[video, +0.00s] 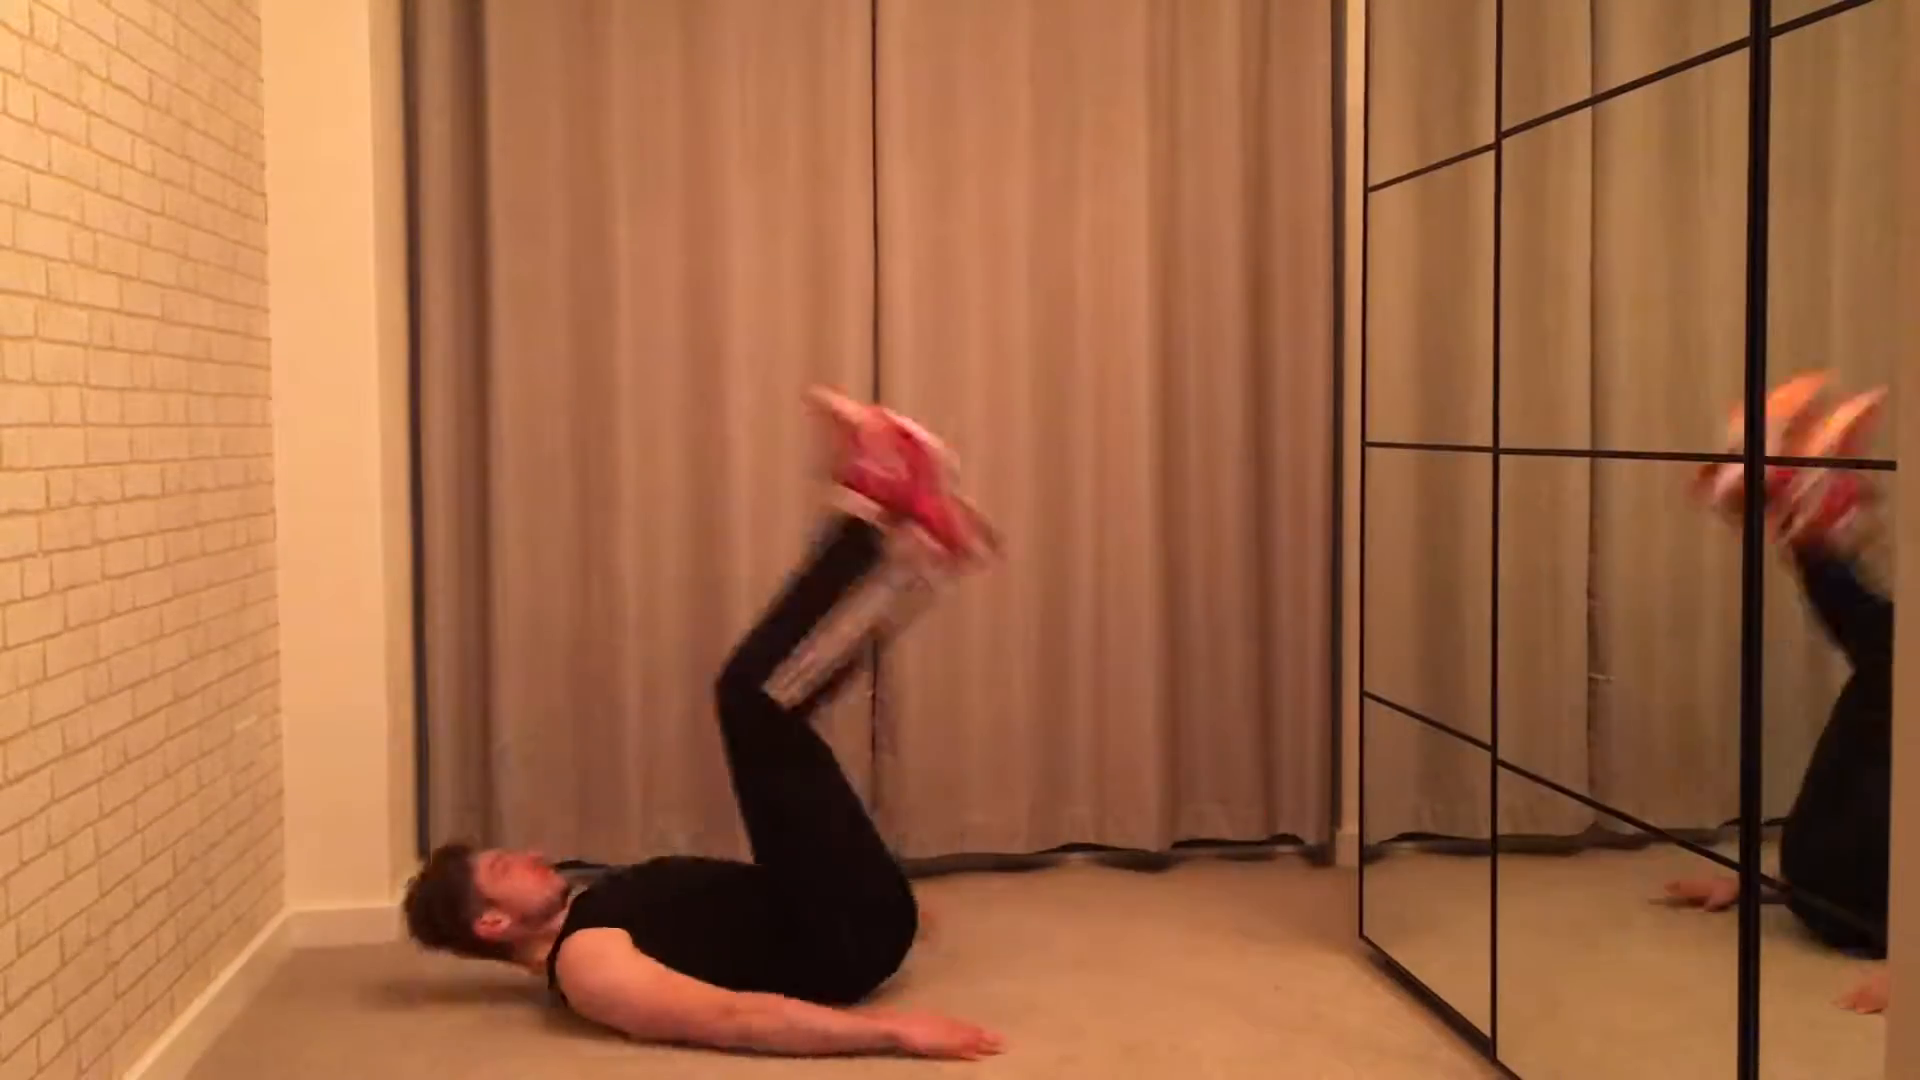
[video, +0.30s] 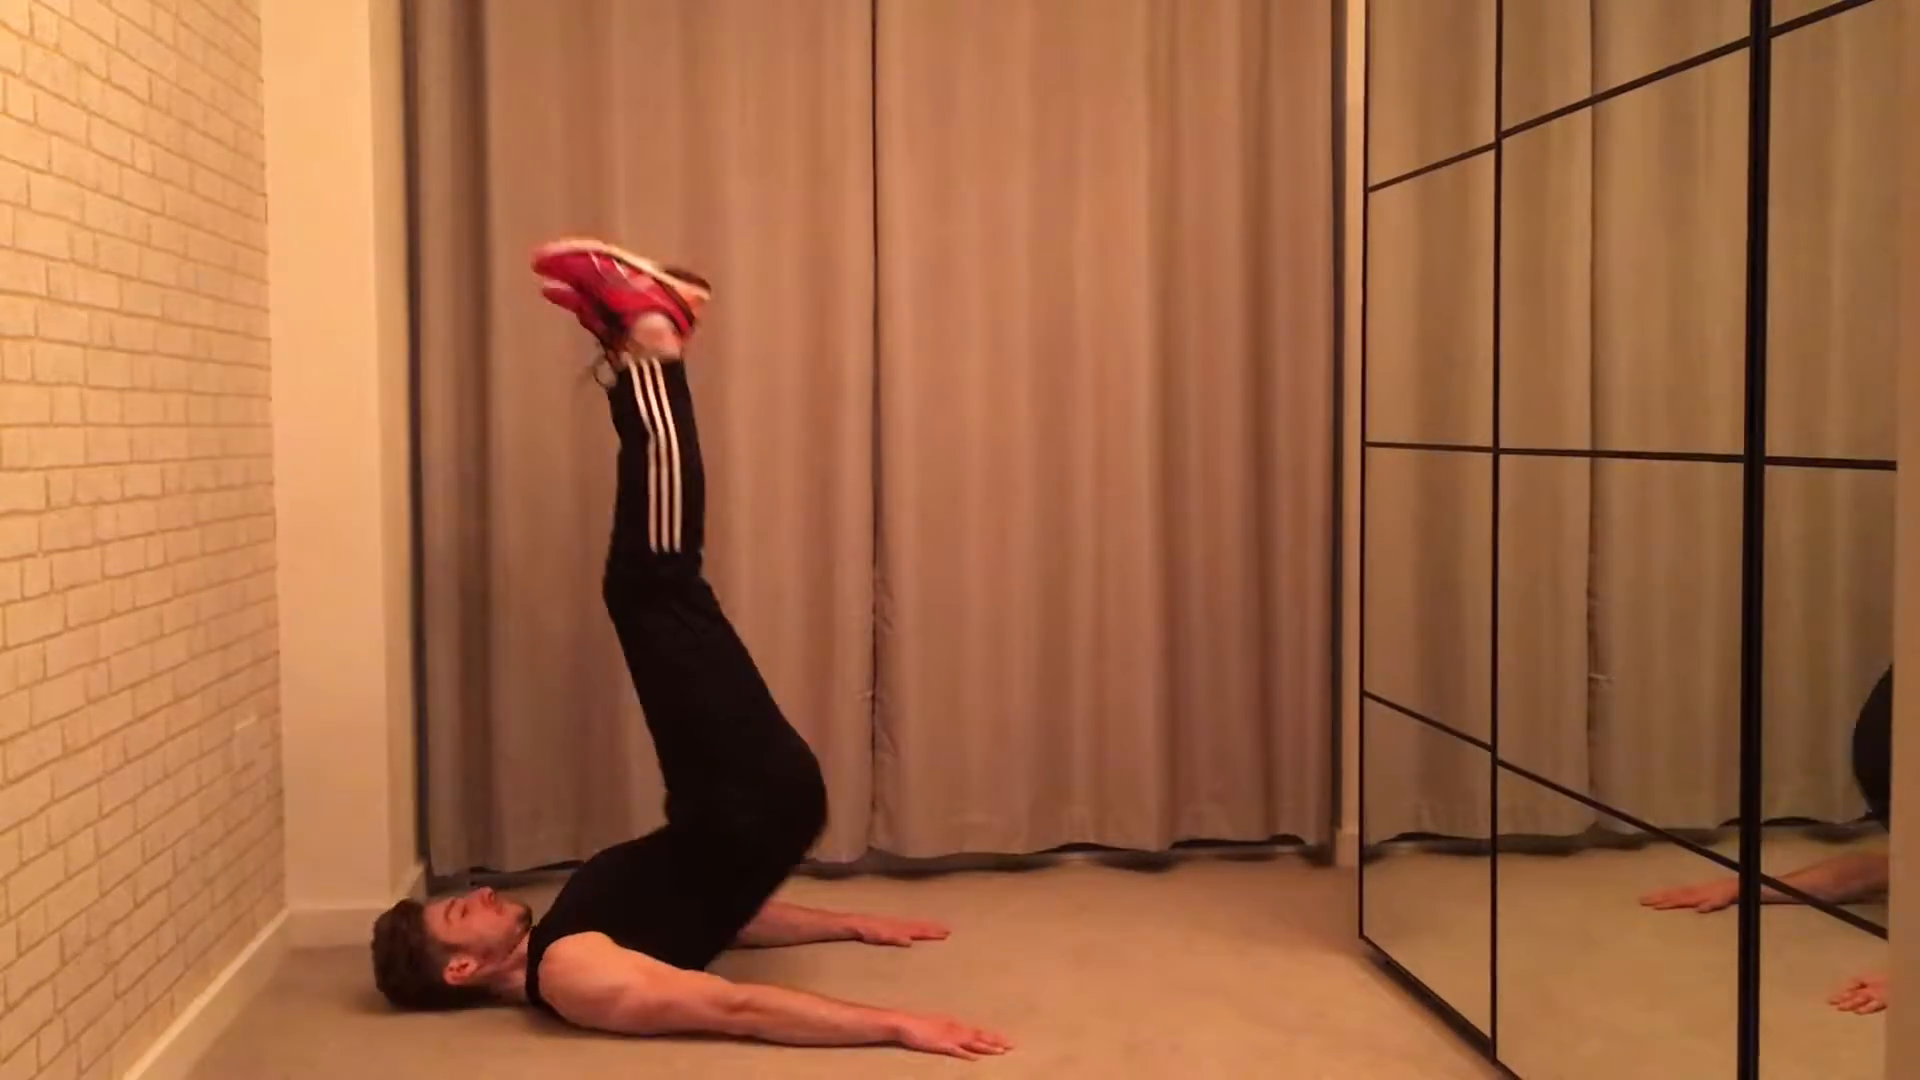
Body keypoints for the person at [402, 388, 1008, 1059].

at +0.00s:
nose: (529, 855)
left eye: (506, 851)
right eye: (503, 865)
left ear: (505, 919)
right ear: (496, 924)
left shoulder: (586, 919)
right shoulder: (588, 963)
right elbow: (736, 1020)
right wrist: (896, 1032)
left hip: (827, 917)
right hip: (844, 942)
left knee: (750, 691)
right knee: (750, 696)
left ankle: (870, 516)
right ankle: (913, 555)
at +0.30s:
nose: (476, 895)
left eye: (453, 897)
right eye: (455, 913)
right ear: (467, 969)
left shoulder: (565, 944)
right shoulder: (573, 972)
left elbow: (729, 917)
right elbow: (737, 1010)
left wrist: (852, 925)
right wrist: (899, 1029)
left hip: (738, 820)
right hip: (764, 818)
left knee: (649, 589)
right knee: (651, 590)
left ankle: (634, 358)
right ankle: (649, 351)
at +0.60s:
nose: (474, 899)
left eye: (455, 900)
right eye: (455, 919)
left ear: (477, 905)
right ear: (464, 973)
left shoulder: (574, 938)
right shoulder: (563, 978)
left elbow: (719, 915)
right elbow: (725, 1014)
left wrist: (849, 925)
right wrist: (886, 1029)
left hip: (662, 760)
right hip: (679, 755)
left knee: (588, 527)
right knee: (591, 528)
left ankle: (570, 289)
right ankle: (569, 286)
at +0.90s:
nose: (474, 898)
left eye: (455, 900)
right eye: (455, 919)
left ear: (477, 903)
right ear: (465, 973)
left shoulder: (570, 936)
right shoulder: (559, 978)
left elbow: (716, 917)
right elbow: (720, 1014)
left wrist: (850, 925)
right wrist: (884, 1029)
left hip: (653, 752)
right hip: (666, 748)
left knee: (566, 522)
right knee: (567, 522)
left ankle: (542, 285)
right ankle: (543, 283)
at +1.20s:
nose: (464, 901)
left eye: (446, 903)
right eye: (449, 919)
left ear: (472, 943)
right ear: (460, 968)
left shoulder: (565, 941)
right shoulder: (559, 984)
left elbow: (712, 925)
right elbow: (721, 1019)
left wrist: (838, 922)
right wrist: (878, 1029)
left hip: (714, 775)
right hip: (731, 776)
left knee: (550, 606)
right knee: (543, 607)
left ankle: (668, 418)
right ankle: (673, 423)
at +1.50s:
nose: (528, 827)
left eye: (511, 818)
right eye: (503, 834)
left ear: (508, 872)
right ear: (491, 890)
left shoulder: (583, 896)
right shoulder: (576, 941)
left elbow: (728, 909)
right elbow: (720, 1019)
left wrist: (871, 923)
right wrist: (876, 1010)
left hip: (811, 914)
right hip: (827, 942)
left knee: (762, 691)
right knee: (765, 700)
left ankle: (985, 735)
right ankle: (998, 750)